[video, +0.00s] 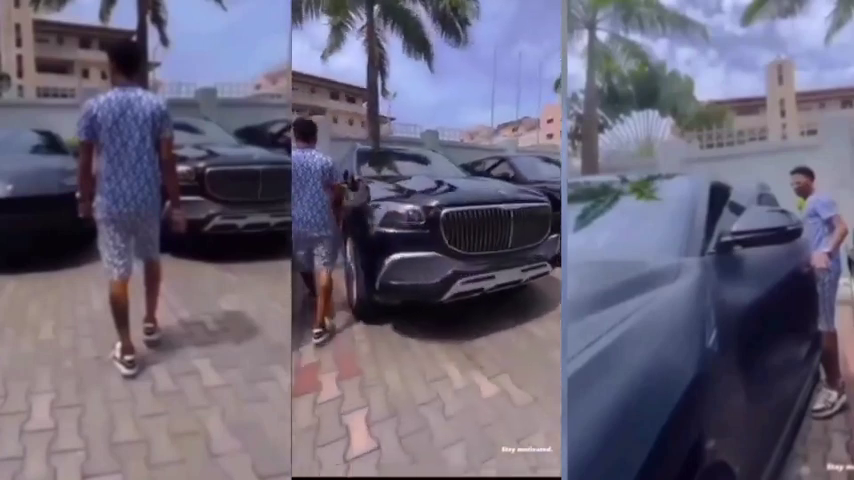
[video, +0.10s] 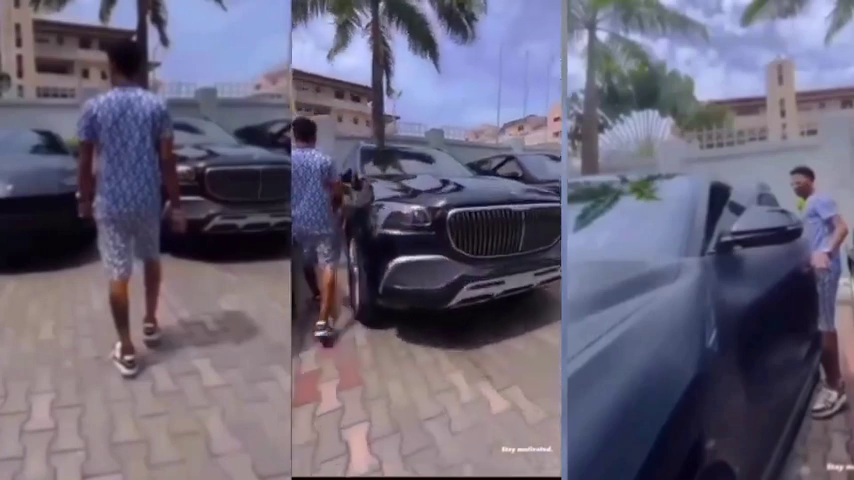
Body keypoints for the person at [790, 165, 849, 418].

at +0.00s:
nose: (796, 188)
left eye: (799, 183)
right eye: (794, 185)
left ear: (811, 181)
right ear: (796, 185)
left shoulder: (821, 201)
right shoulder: (808, 206)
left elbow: (841, 228)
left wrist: (827, 252)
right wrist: (809, 256)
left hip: (825, 269)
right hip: (814, 269)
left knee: (825, 328)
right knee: (821, 327)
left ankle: (835, 388)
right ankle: (831, 385)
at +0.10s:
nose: (796, 188)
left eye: (799, 183)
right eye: (794, 185)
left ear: (811, 181)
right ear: (796, 185)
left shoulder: (821, 201)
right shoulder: (808, 206)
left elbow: (841, 228)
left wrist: (827, 252)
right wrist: (809, 256)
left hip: (825, 269)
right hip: (814, 269)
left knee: (825, 328)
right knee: (821, 327)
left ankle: (835, 388)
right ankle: (831, 385)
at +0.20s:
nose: (796, 188)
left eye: (799, 183)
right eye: (794, 185)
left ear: (811, 181)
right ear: (796, 185)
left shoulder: (821, 201)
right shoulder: (808, 206)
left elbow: (841, 228)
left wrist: (827, 252)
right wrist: (809, 256)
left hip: (825, 269)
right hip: (814, 269)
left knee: (825, 328)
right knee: (821, 327)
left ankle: (835, 388)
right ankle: (831, 385)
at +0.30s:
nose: (796, 188)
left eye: (799, 183)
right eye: (794, 185)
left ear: (811, 181)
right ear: (796, 185)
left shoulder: (821, 201)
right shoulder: (808, 206)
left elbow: (841, 228)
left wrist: (827, 252)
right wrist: (809, 256)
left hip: (825, 269)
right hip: (814, 269)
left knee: (825, 327)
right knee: (821, 327)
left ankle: (835, 388)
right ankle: (831, 385)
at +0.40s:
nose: (796, 188)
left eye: (799, 183)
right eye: (794, 185)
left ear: (811, 181)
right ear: (796, 185)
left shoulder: (821, 201)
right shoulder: (808, 206)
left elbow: (841, 228)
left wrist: (827, 252)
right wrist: (809, 256)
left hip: (825, 269)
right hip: (814, 269)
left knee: (825, 328)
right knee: (821, 327)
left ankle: (835, 388)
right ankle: (831, 385)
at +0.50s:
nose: (796, 188)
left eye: (799, 183)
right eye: (794, 185)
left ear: (811, 181)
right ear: (796, 185)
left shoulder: (821, 201)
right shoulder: (808, 206)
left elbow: (841, 228)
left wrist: (827, 252)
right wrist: (809, 256)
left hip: (825, 269)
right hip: (814, 269)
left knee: (825, 328)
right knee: (821, 327)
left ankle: (835, 388)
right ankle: (831, 385)